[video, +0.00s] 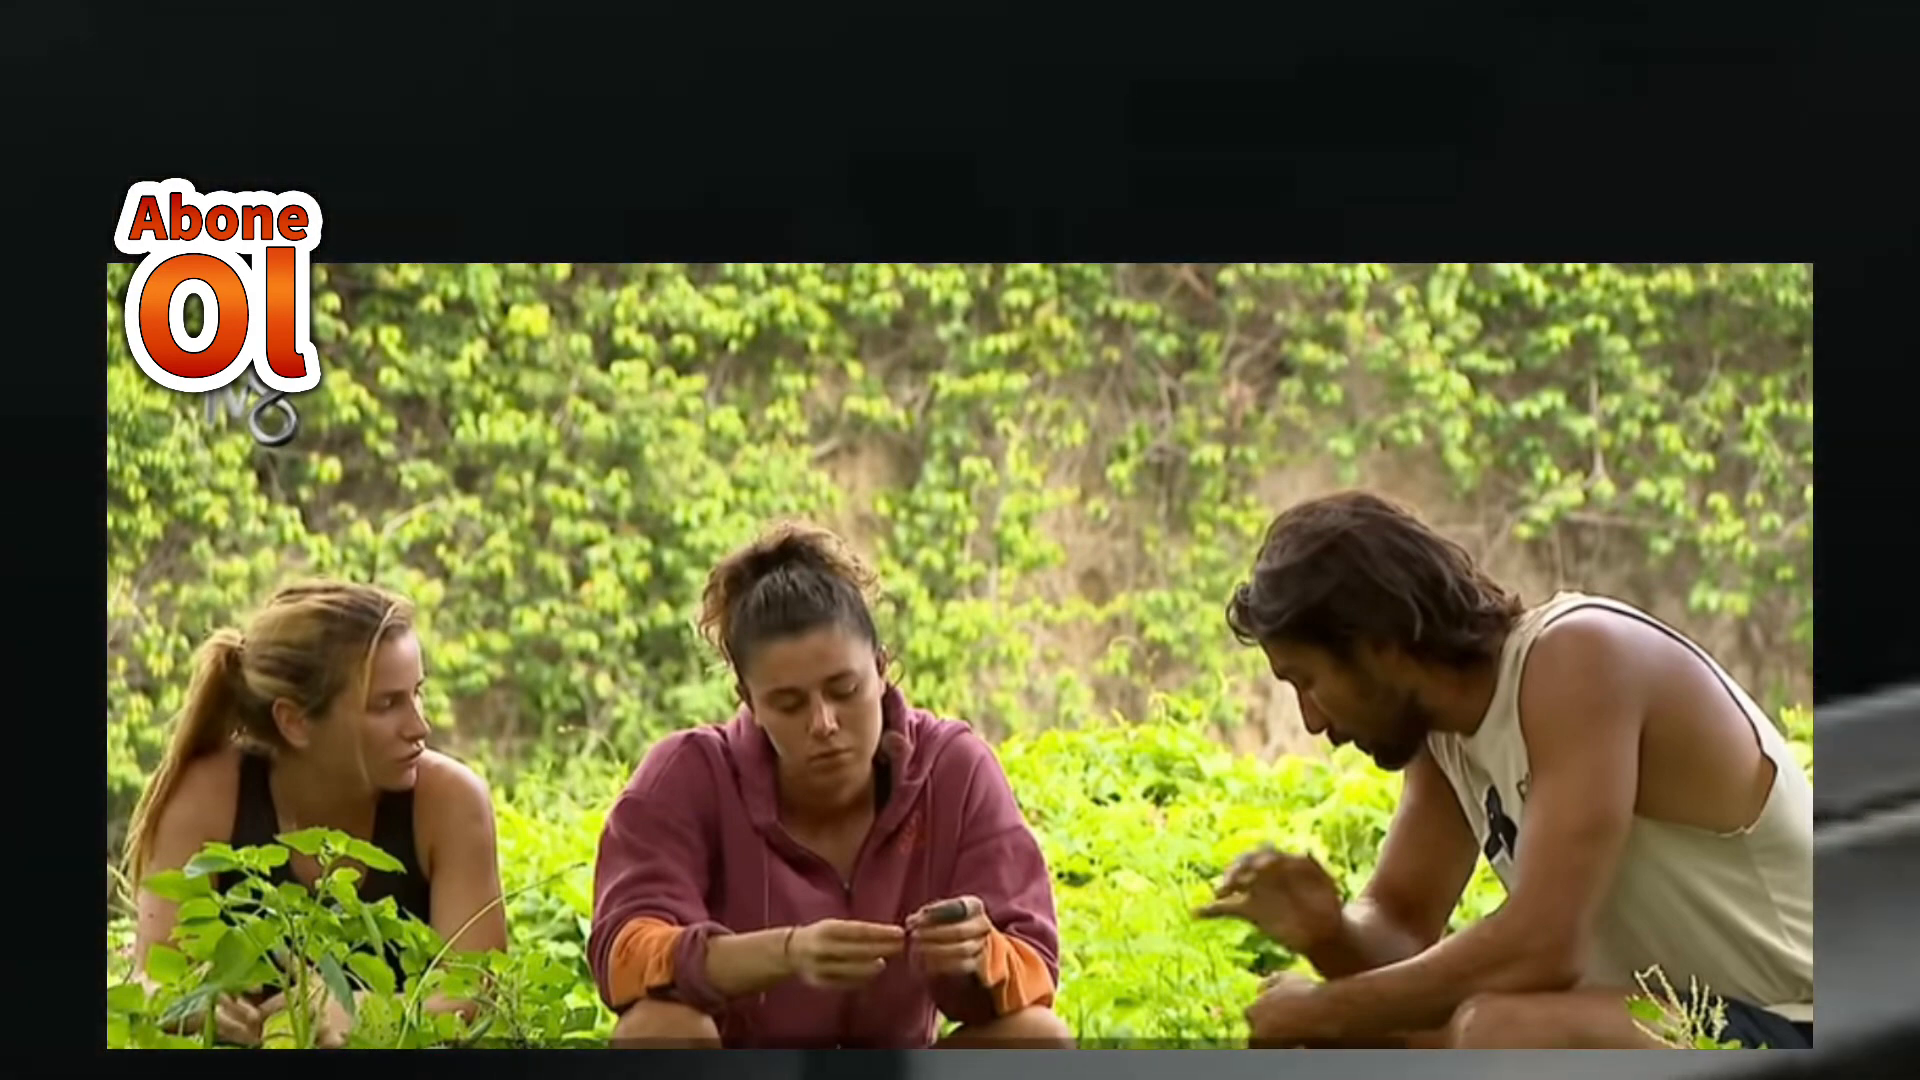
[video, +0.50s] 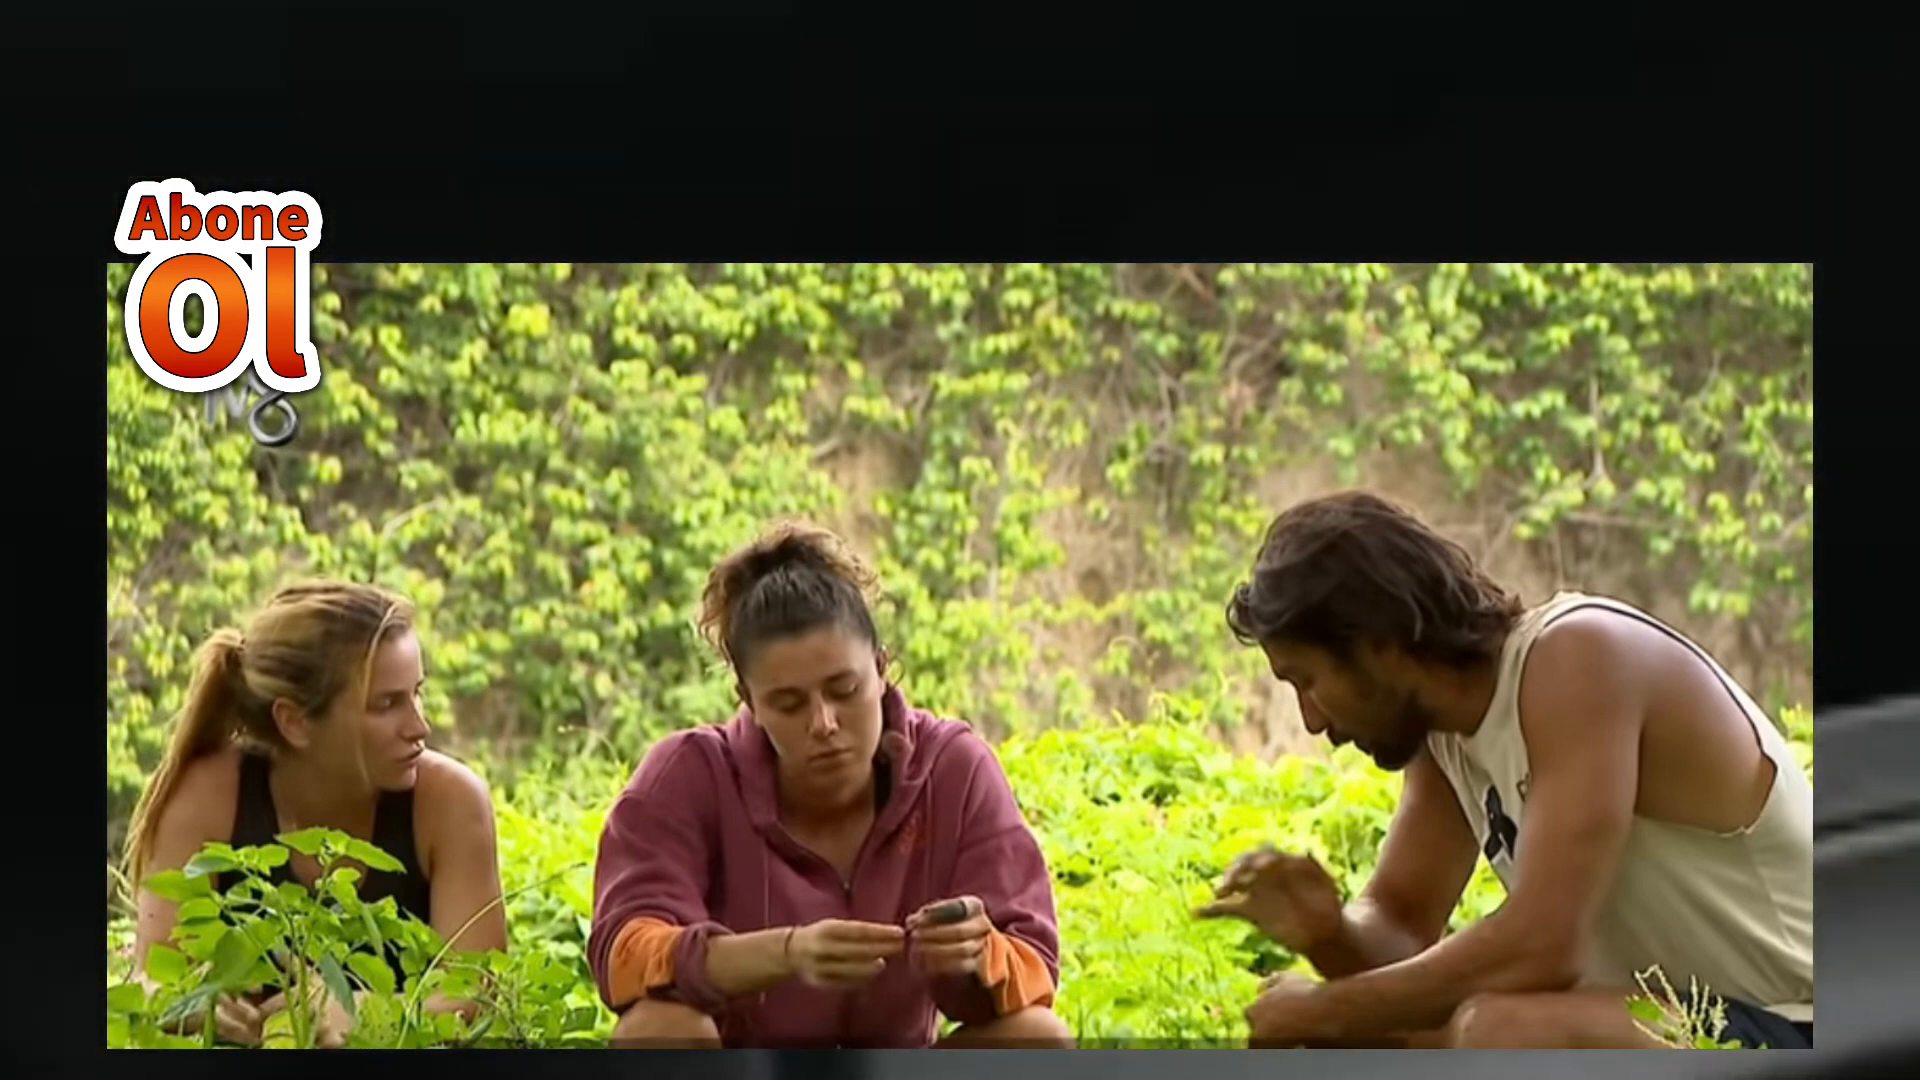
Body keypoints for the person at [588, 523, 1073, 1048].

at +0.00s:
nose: (824, 725)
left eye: (844, 690)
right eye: (789, 703)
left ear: (881, 670)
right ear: (747, 699)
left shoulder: (955, 766)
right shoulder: (687, 773)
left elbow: (1031, 968)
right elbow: (629, 957)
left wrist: (978, 953)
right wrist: (787, 951)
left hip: (897, 1058)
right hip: (740, 1059)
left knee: (1038, 1037)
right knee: (658, 1026)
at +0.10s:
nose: (824, 725)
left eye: (844, 690)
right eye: (789, 703)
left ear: (880, 670)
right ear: (747, 699)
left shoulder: (955, 766)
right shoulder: (687, 773)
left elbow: (1031, 969)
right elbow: (629, 957)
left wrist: (978, 953)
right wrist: (787, 951)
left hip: (898, 1056)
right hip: (740, 1057)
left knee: (1038, 1037)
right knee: (658, 1026)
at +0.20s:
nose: (824, 725)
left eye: (844, 690)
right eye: (789, 703)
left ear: (880, 670)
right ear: (747, 699)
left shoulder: (955, 766)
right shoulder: (687, 773)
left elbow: (1031, 969)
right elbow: (629, 957)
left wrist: (978, 953)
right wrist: (787, 951)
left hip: (897, 1057)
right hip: (740, 1057)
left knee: (1037, 1036)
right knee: (658, 1026)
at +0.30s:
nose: (824, 725)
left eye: (844, 690)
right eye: (789, 703)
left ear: (880, 670)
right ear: (747, 699)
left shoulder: (955, 766)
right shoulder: (687, 773)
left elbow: (1031, 969)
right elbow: (629, 957)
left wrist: (978, 953)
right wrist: (787, 951)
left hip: (897, 1059)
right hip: (739, 1058)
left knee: (1037, 1037)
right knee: (658, 1026)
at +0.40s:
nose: (824, 725)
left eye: (844, 690)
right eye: (789, 703)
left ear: (881, 670)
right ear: (747, 699)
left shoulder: (955, 766)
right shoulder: (687, 773)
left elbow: (1031, 969)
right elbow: (629, 957)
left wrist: (978, 953)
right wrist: (787, 952)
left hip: (896, 1055)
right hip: (739, 1057)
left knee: (1038, 1036)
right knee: (658, 1026)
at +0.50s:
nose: (824, 725)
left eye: (844, 690)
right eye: (789, 703)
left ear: (881, 670)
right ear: (747, 699)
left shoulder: (955, 766)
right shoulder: (687, 773)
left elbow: (1031, 968)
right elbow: (629, 957)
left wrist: (978, 953)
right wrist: (787, 951)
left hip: (896, 1059)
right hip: (739, 1060)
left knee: (1037, 1036)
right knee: (657, 1026)